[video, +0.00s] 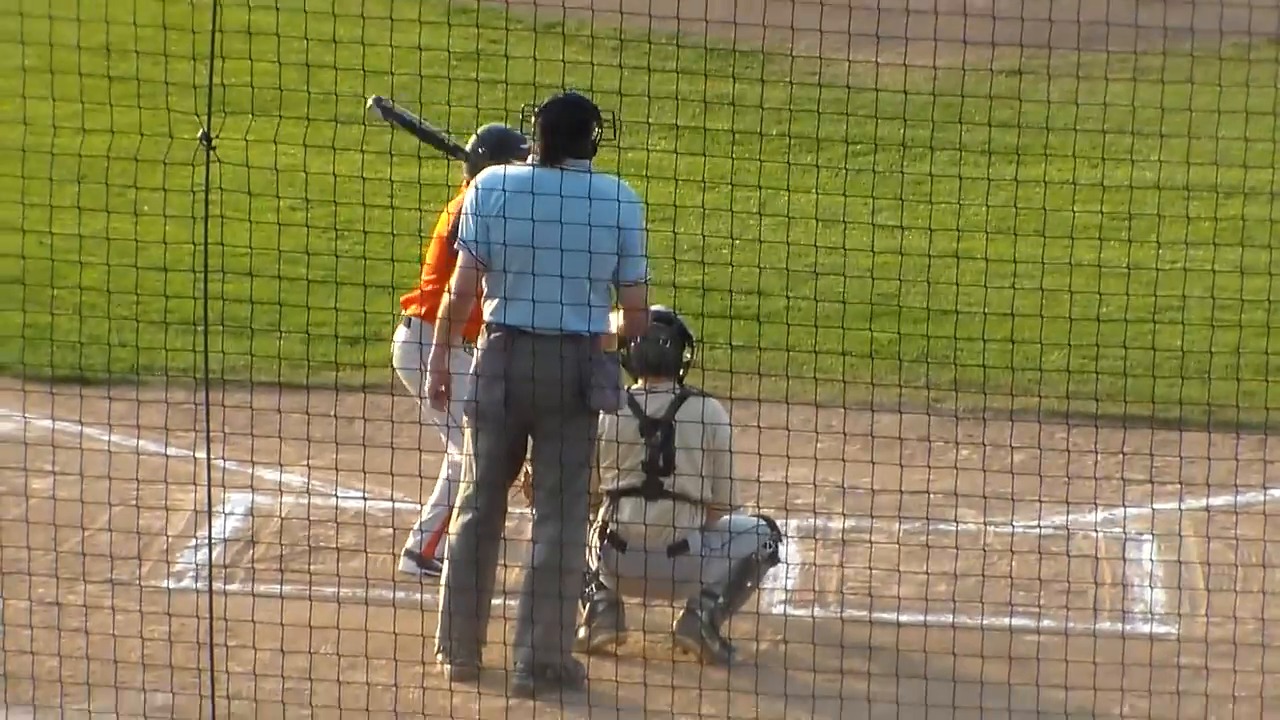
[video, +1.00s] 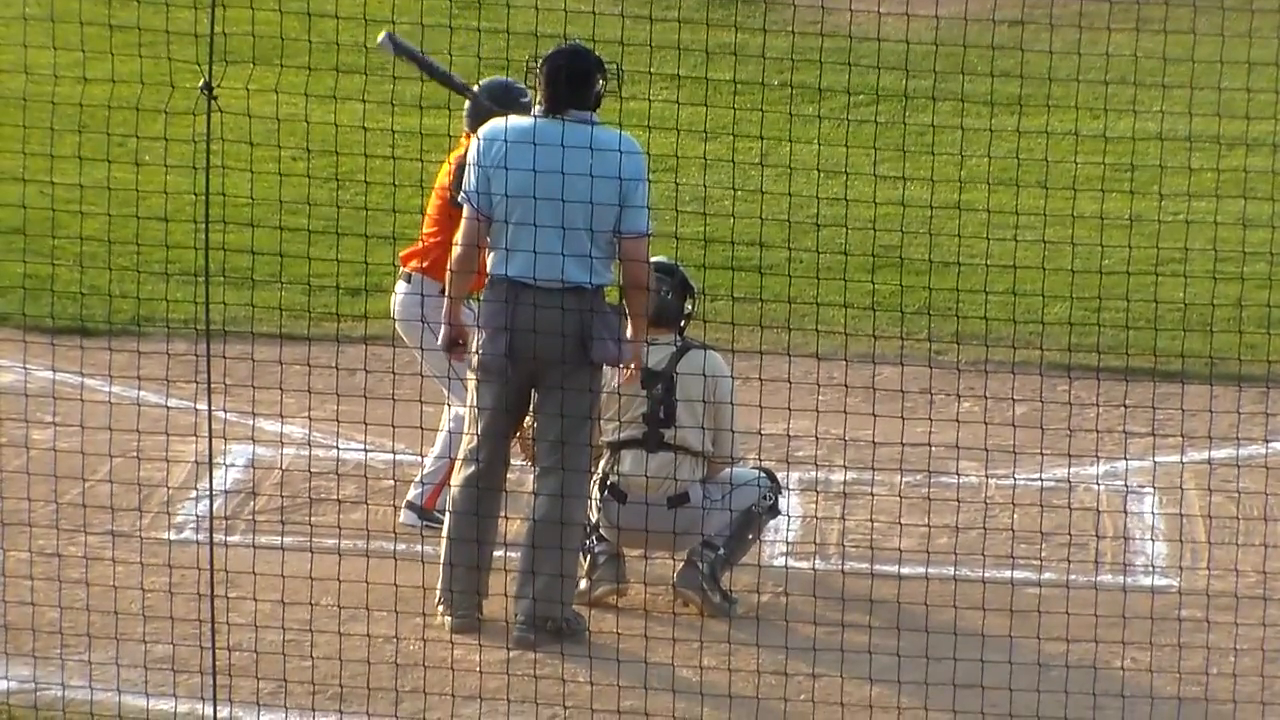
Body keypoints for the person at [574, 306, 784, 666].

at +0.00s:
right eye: (684, 348)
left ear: (631, 359)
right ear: (681, 359)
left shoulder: (608, 411)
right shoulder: (708, 411)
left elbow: (590, 495)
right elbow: (718, 506)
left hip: (618, 563)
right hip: (681, 565)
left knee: (593, 517)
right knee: (765, 534)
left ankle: (602, 607)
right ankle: (703, 616)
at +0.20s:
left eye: (634, 322)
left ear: (630, 335)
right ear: (681, 337)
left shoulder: (609, 388)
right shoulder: (709, 388)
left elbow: (595, 470)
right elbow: (721, 481)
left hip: (617, 539)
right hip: (683, 541)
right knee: (766, 511)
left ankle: (603, 582)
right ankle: (704, 592)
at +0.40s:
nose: (637, 311)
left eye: (638, 306)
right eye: (637, 305)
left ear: (627, 321)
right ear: (680, 323)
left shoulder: (607, 375)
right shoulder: (707, 376)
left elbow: (590, 461)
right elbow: (719, 473)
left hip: (615, 527)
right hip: (681, 530)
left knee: (586, 488)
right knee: (765, 500)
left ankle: (603, 573)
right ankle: (703, 582)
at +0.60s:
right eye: (683, 302)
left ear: (629, 308)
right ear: (680, 313)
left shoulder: (607, 362)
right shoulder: (709, 364)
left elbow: (591, 447)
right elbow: (720, 461)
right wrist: (678, 476)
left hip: (617, 517)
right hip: (682, 519)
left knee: (599, 473)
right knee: (766, 488)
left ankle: (604, 564)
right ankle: (704, 570)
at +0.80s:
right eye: (684, 300)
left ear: (634, 308)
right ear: (682, 311)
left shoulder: (608, 361)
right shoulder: (709, 363)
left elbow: (592, 445)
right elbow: (720, 459)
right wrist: (681, 477)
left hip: (617, 516)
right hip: (682, 518)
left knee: (596, 470)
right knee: (765, 486)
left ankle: (604, 562)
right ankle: (704, 568)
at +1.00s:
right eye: (684, 300)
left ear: (631, 305)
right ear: (681, 310)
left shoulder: (607, 359)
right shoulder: (708, 363)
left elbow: (589, 444)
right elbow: (723, 456)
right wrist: (687, 479)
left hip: (616, 515)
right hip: (682, 517)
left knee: (590, 474)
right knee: (764, 486)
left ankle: (603, 561)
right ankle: (703, 567)